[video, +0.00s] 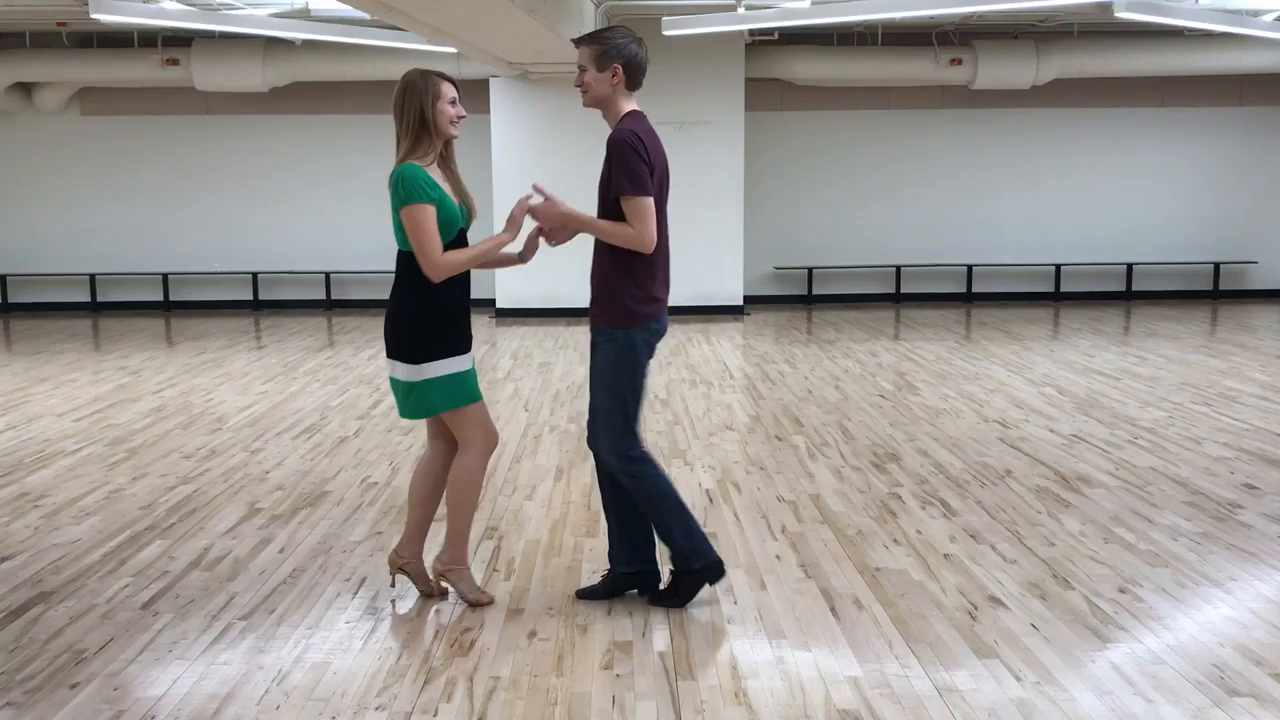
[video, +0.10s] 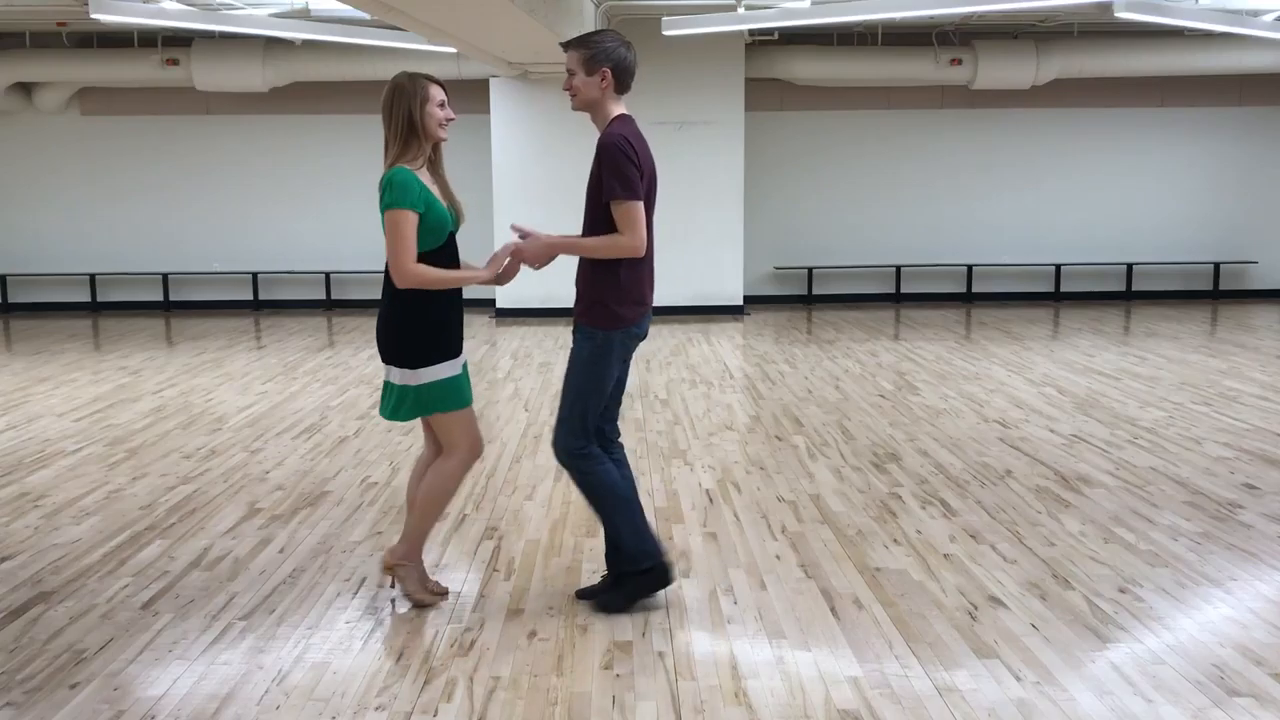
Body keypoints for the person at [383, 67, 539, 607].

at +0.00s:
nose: (461, 111)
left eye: (459, 102)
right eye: (450, 102)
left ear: (442, 111)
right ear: (423, 111)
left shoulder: (439, 171)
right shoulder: (413, 176)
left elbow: (459, 257)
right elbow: (434, 266)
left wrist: (519, 258)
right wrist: (501, 237)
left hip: (437, 330)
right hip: (426, 334)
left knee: (442, 443)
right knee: (479, 439)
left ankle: (408, 550)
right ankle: (453, 558)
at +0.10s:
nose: (450, 113)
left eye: (447, 104)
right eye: (439, 105)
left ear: (428, 113)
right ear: (412, 114)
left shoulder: (426, 176)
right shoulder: (403, 180)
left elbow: (435, 263)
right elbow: (405, 273)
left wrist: (486, 271)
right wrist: (478, 275)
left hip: (430, 332)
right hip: (421, 338)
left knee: (437, 446)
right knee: (465, 445)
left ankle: (411, 560)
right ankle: (405, 550)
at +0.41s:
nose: (432, 113)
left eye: (430, 104)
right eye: (422, 105)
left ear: (409, 114)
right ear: (396, 113)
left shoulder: (410, 177)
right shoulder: (388, 180)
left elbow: (410, 263)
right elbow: (369, 267)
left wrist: (460, 265)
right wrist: (443, 277)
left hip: (414, 334)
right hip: (386, 336)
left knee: (446, 442)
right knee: (382, 452)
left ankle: (410, 554)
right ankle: (337, 567)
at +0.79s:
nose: (436, 111)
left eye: (433, 102)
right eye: (426, 103)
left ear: (412, 111)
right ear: (400, 113)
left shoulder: (408, 175)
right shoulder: (395, 178)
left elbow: (429, 261)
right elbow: (417, 268)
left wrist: (487, 245)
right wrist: (489, 255)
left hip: (395, 335)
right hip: (404, 339)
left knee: (409, 446)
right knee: (443, 446)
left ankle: (372, 557)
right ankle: (376, 555)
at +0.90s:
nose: (442, 111)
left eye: (439, 102)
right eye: (431, 103)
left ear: (409, 113)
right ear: (405, 112)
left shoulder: (409, 174)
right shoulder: (403, 177)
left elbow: (437, 246)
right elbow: (440, 263)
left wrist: (493, 229)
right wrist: (510, 244)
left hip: (398, 330)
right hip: (412, 334)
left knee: (415, 444)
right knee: (460, 440)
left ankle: (374, 556)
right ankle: (420, 557)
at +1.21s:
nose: (473, 111)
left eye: (471, 102)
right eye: (464, 103)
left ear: (441, 113)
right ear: (440, 111)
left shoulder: (445, 173)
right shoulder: (439, 176)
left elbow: (498, 233)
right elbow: (504, 238)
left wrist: (537, 197)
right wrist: (574, 206)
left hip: (450, 329)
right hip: (461, 333)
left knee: (454, 444)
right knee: (493, 440)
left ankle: (394, 546)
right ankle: (468, 560)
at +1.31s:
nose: (487, 113)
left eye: (486, 104)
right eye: (478, 104)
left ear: (472, 112)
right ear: (453, 111)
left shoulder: (468, 174)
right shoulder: (453, 176)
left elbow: (516, 242)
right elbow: (521, 225)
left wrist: (555, 192)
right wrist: (592, 185)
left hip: (491, 326)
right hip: (470, 329)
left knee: (514, 444)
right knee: (497, 446)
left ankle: (435, 534)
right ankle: (467, 561)